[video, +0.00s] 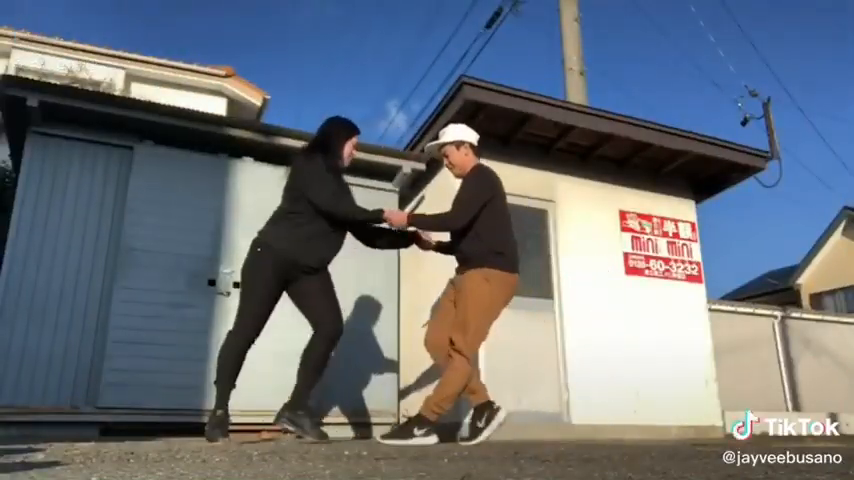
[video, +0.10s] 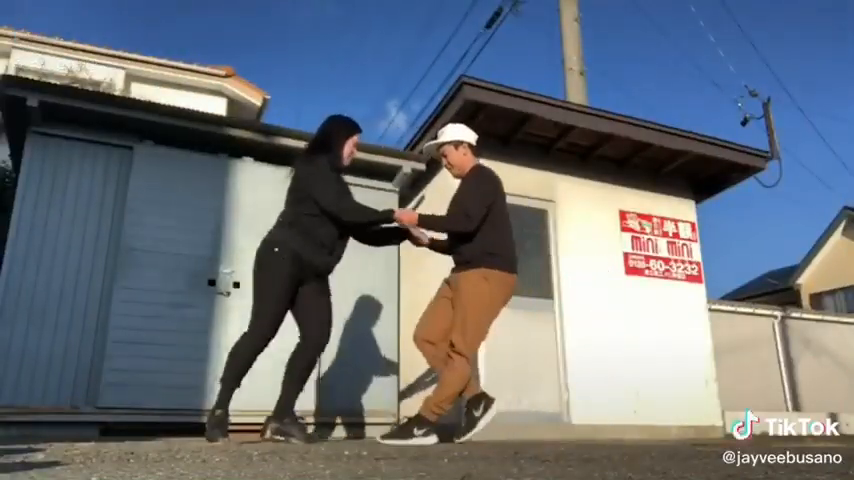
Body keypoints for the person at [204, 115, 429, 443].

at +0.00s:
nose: (354, 153)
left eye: (355, 146)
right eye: (351, 145)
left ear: (338, 145)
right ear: (335, 141)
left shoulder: (338, 186)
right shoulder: (309, 163)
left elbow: (370, 236)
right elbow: (334, 207)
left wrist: (412, 238)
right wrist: (380, 215)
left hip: (307, 268)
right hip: (271, 256)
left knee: (329, 329)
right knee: (245, 331)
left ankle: (296, 409)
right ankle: (219, 410)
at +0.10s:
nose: (355, 152)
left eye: (356, 146)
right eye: (352, 144)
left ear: (336, 143)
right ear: (336, 140)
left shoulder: (334, 182)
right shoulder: (316, 166)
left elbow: (368, 235)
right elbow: (343, 210)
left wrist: (405, 233)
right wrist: (392, 215)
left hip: (311, 270)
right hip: (282, 257)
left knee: (316, 336)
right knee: (262, 329)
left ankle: (282, 416)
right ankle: (220, 409)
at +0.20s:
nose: (360, 150)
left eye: (361, 144)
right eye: (358, 143)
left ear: (338, 140)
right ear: (343, 139)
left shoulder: (330, 172)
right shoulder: (332, 167)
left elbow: (358, 229)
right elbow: (367, 211)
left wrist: (394, 224)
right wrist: (413, 211)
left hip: (302, 255)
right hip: (300, 252)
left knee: (300, 336)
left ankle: (280, 418)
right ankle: (240, 388)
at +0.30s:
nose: (368, 147)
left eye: (369, 140)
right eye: (365, 139)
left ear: (338, 135)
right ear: (350, 136)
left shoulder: (323, 163)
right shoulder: (351, 166)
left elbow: (353, 216)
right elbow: (390, 204)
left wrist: (385, 207)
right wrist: (437, 210)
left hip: (292, 247)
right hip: (320, 248)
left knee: (289, 334)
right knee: (352, 321)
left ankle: (278, 418)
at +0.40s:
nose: (377, 146)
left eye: (378, 139)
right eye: (374, 139)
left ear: (345, 135)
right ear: (359, 136)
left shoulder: (325, 165)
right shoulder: (365, 170)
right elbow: (405, 204)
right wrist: (454, 210)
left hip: (300, 244)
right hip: (337, 244)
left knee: (293, 331)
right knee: (365, 324)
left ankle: (280, 418)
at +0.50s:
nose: (386, 148)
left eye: (387, 142)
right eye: (383, 141)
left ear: (354, 138)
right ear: (368, 139)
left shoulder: (334, 170)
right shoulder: (375, 174)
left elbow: (360, 202)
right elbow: (414, 207)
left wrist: (398, 212)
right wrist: (461, 213)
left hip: (314, 248)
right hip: (352, 250)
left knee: (307, 335)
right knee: (383, 331)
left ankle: (288, 418)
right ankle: (387, 418)